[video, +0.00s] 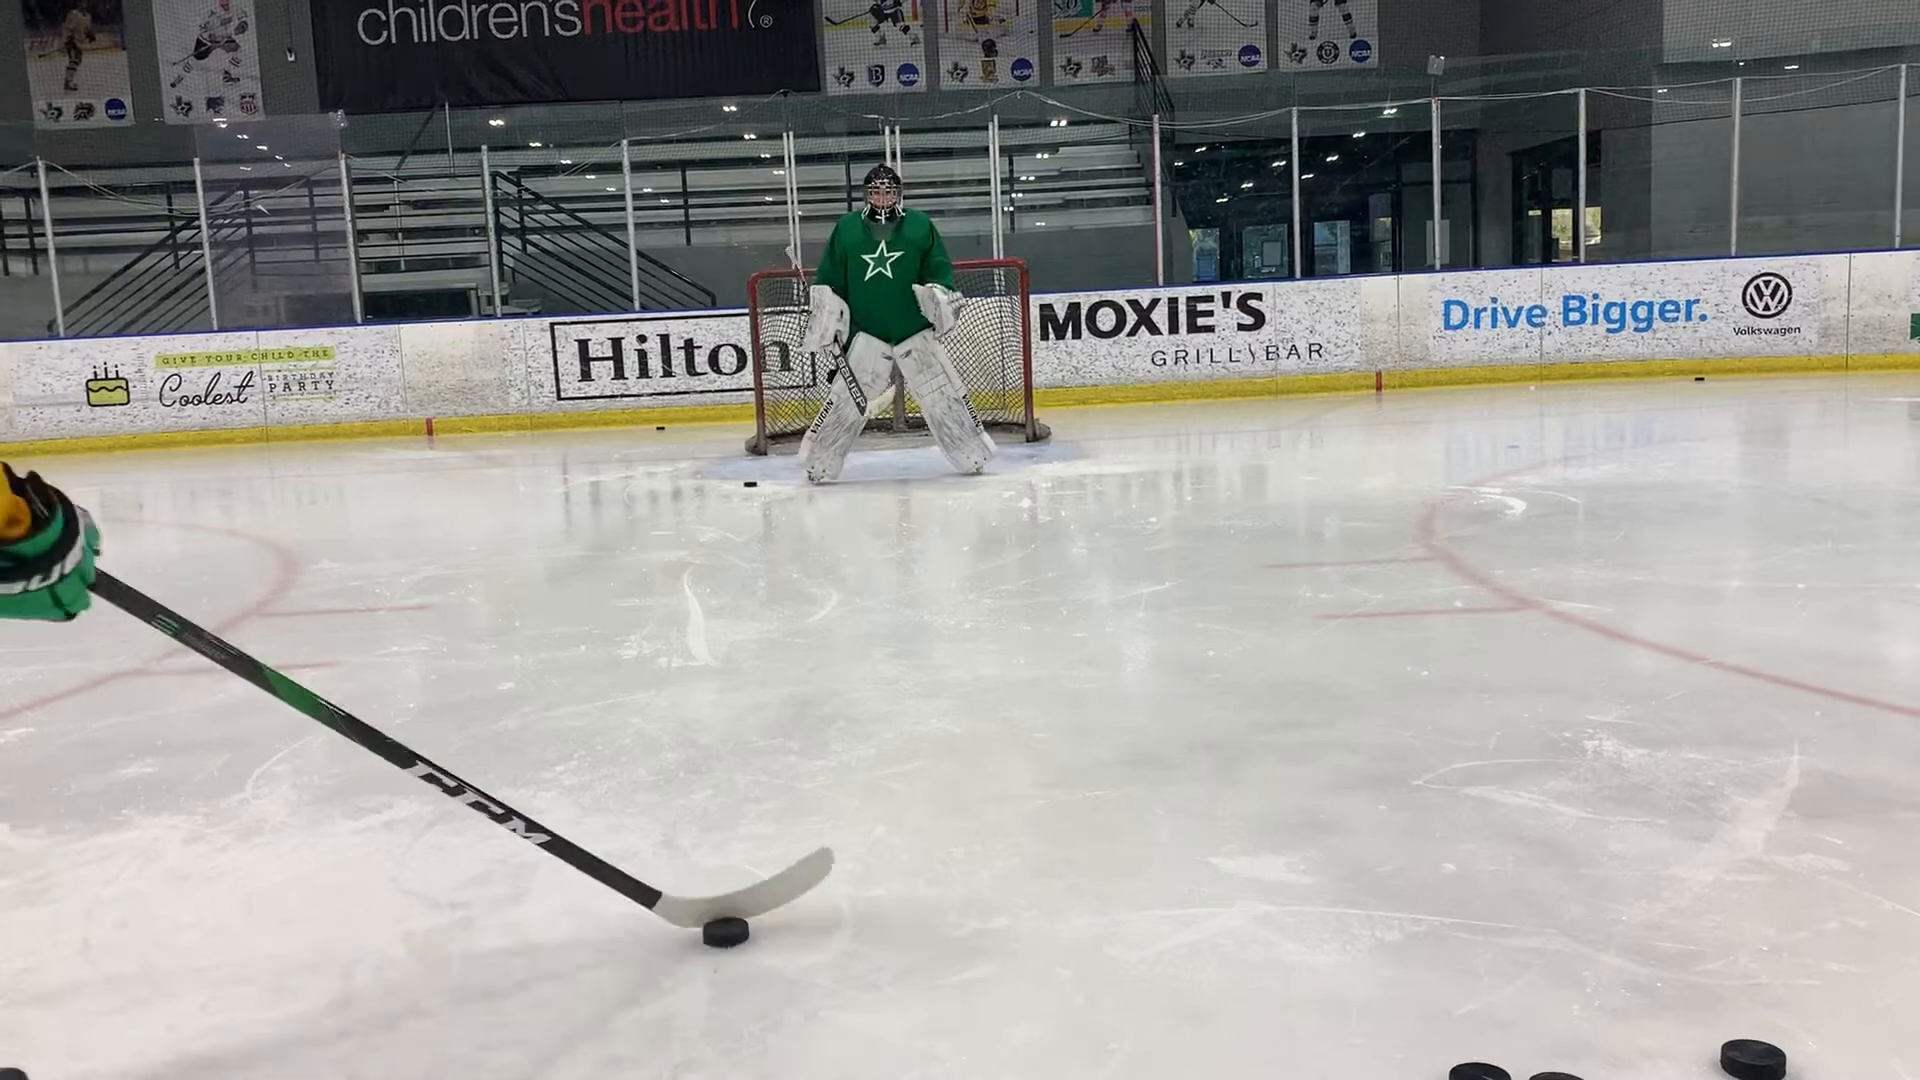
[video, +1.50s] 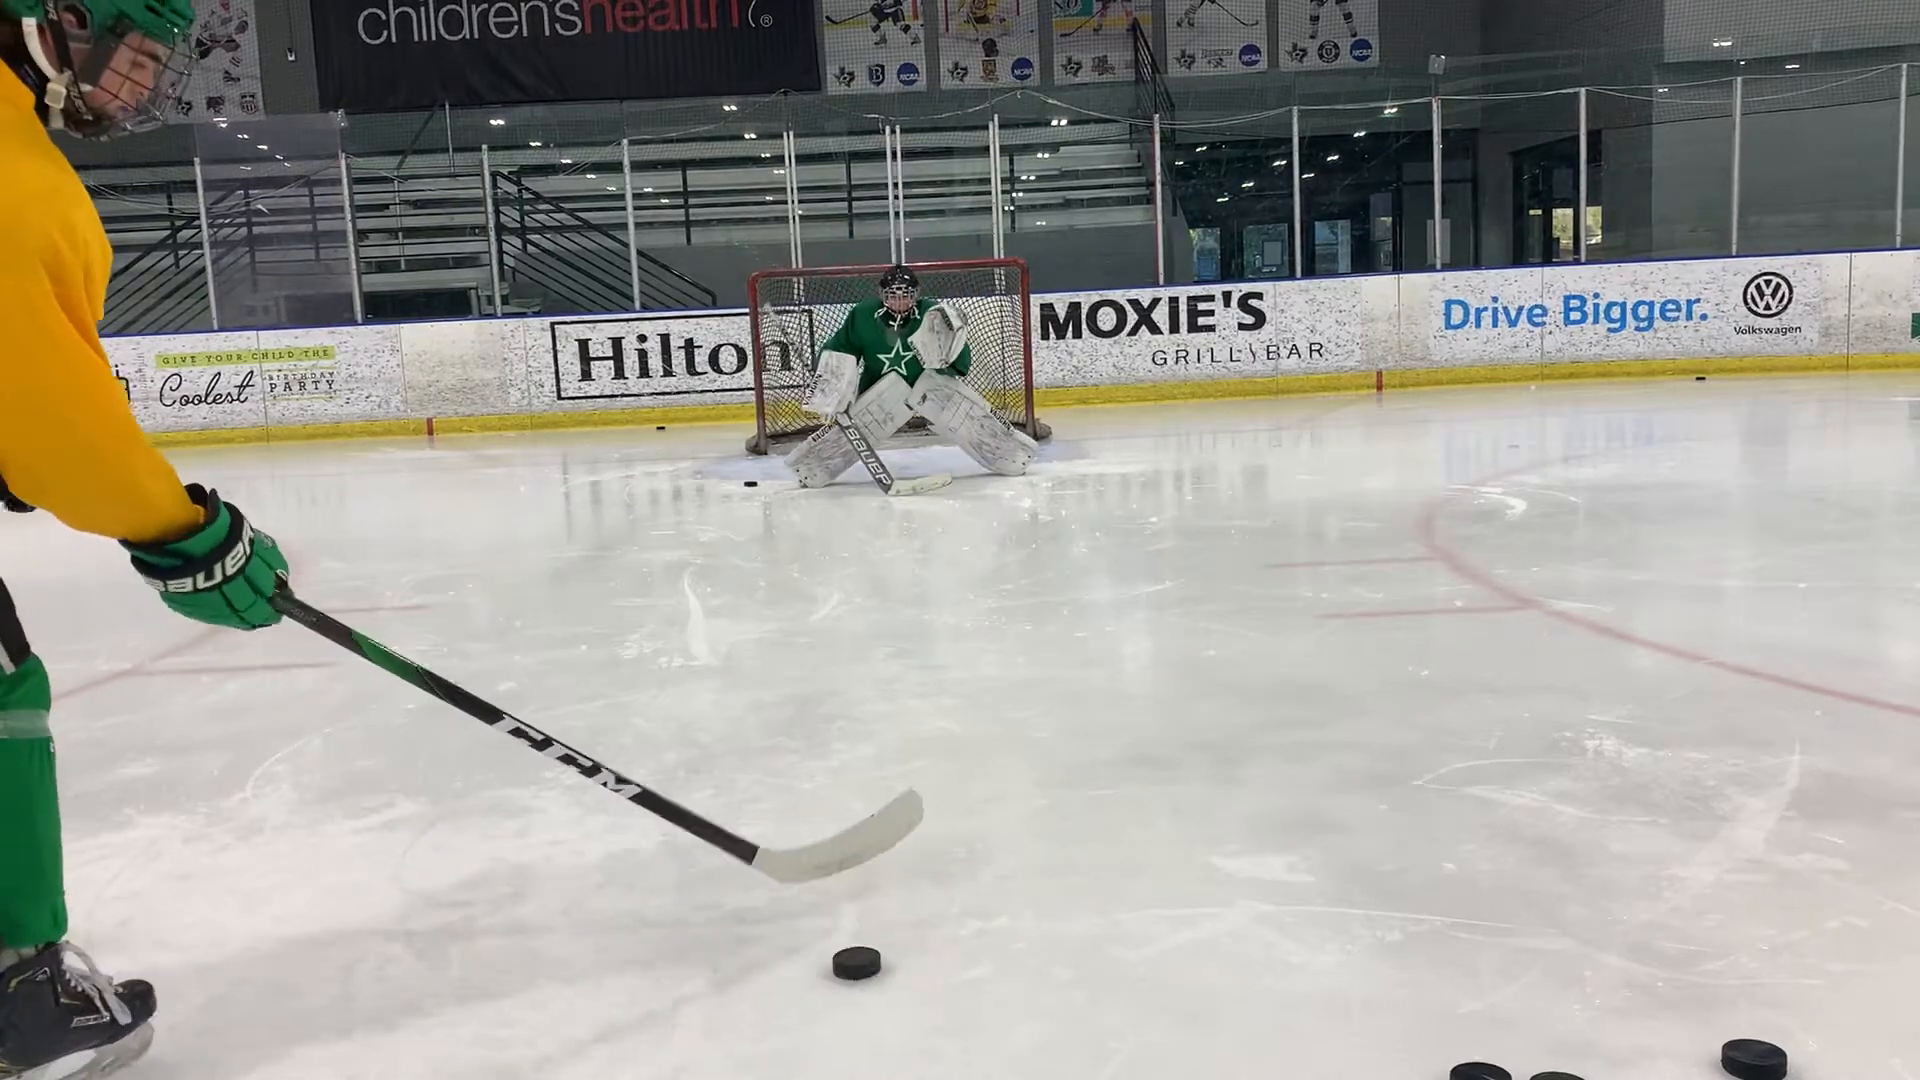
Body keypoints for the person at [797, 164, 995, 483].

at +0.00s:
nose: (882, 196)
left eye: (888, 190)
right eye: (877, 190)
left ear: (898, 193)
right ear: (867, 194)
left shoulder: (919, 225)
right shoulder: (848, 228)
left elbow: (940, 271)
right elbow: (829, 279)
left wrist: (937, 302)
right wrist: (827, 323)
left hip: (915, 329)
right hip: (867, 332)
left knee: (942, 396)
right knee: (846, 402)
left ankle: (971, 459)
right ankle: (821, 469)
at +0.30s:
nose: (884, 197)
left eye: (890, 191)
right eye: (878, 191)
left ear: (900, 194)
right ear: (868, 195)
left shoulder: (922, 227)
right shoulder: (851, 229)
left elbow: (942, 276)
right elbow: (832, 283)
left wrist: (949, 317)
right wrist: (827, 331)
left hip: (918, 330)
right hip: (868, 333)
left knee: (945, 396)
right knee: (849, 403)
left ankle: (973, 458)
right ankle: (823, 467)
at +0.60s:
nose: (887, 197)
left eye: (892, 191)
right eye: (881, 191)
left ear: (903, 194)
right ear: (871, 194)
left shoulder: (923, 227)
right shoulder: (851, 228)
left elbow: (943, 277)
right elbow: (830, 280)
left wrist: (949, 311)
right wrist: (830, 322)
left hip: (919, 330)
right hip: (868, 331)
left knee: (951, 394)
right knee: (844, 401)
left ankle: (981, 457)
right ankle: (818, 468)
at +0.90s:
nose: (891, 219)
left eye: (896, 213)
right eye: (884, 213)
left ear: (906, 214)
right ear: (874, 215)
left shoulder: (926, 240)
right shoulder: (853, 242)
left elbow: (955, 297)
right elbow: (831, 290)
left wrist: (961, 275)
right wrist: (825, 335)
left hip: (921, 333)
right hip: (869, 336)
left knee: (957, 394)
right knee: (843, 401)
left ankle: (990, 458)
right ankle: (815, 468)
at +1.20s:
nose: (896, 285)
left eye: (902, 278)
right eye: (890, 279)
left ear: (912, 279)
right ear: (881, 280)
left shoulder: (928, 301)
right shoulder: (861, 305)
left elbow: (960, 350)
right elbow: (836, 341)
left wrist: (948, 320)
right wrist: (831, 380)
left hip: (927, 374)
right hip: (880, 380)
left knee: (964, 414)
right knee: (855, 426)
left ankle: (1009, 457)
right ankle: (813, 468)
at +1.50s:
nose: (899, 302)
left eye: (905, 295)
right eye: (893, 295)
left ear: (915, 295)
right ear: (883, 295)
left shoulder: (931, 312)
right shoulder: (864, 315)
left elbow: (962, 365)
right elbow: (837, 351)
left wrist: (949, 335)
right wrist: (833, 387)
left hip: (929, 382)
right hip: (882, 387)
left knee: (966, 415)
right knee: (855, 429)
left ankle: (1010, 455)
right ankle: (813, 468)